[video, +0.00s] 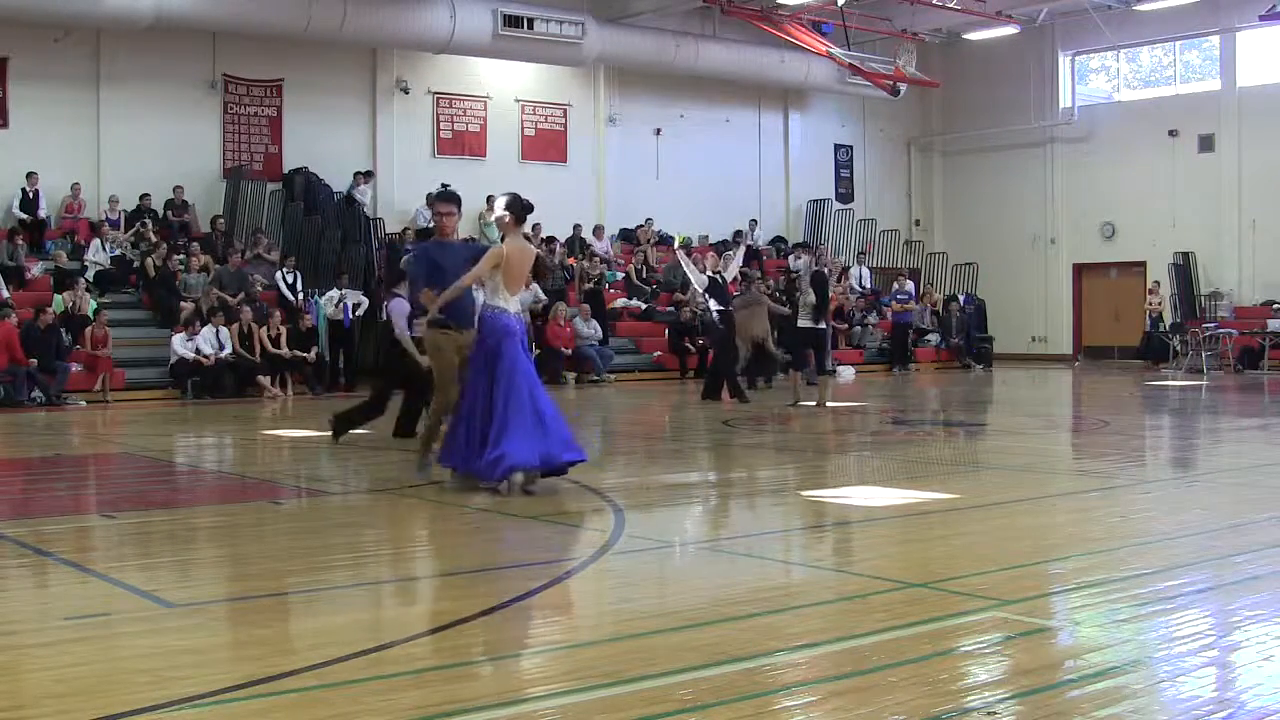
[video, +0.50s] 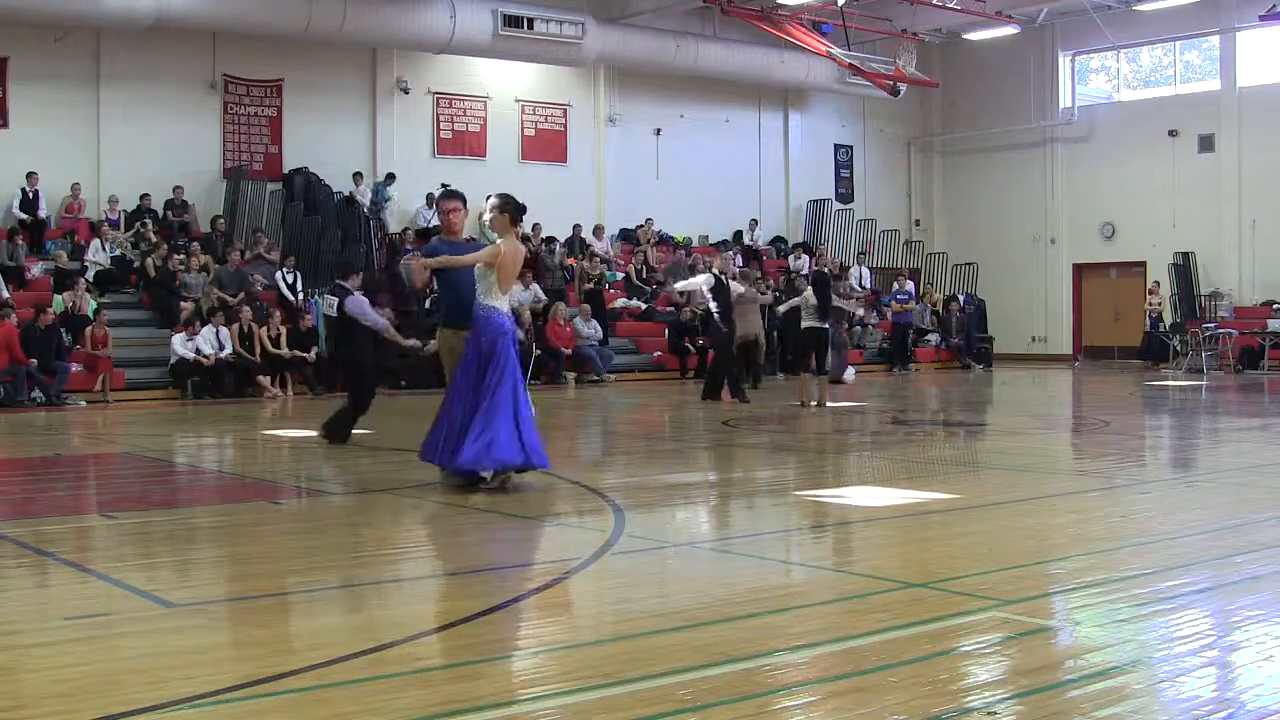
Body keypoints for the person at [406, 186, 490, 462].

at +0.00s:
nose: (443, 221)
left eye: (449, 215)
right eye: (438, 215)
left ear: (459, 217)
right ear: (432, 217)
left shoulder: (471, 249)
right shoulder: (422, 252)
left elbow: (500, 258)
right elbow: (418, 294)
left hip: (469, 332)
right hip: (440, 332)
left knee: (470, 396)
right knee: (447, 395)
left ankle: (464, 455)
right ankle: (426, 448)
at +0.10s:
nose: (446, 220)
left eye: (451, 214)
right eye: (440, 215)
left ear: (461, 215)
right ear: (434, 216)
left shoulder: (476, 249)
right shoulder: (424, 252)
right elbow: (412, 296)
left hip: (480, 332)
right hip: (447, 335)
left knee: (485, 398)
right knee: (459, 401)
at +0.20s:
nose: (449, 220)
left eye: (454, 214)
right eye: (443, 215)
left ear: (464, 214)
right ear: (437, 217)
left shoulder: (477, 247)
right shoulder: (427, 251)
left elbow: (492, 278)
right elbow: (425, 298)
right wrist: (420, 278)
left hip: (481, 330)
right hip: (450, 332)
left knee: (483, 394)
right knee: (460, 395)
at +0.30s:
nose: (449, 219)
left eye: (454, 213)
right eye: (444, 214)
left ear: (464, 214)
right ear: (437, 215)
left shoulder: (480, 247)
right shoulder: (431, 250)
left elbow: (496, 279)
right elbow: (422, 291)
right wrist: (421, 276)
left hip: (482, 330)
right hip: (451, 332)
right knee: (459, 392)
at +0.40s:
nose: (449, 218)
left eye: (455, 212)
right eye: (444, 213)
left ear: (466, 213)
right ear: (438, 216)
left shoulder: (479, 246)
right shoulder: (432, 249)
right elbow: (419, 286)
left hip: (482, 328)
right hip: (452, 329)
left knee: (485, 391)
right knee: (459, 393)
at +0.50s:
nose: (450, 217)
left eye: (455, 211)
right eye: (445, 213)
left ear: (465, 213)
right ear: (439, 216)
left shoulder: (479, 247)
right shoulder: (434, 248)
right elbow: (421, 283)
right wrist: (416, 266)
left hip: (482, 327)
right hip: (452, 328)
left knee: (484, 389)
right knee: (458, 390)